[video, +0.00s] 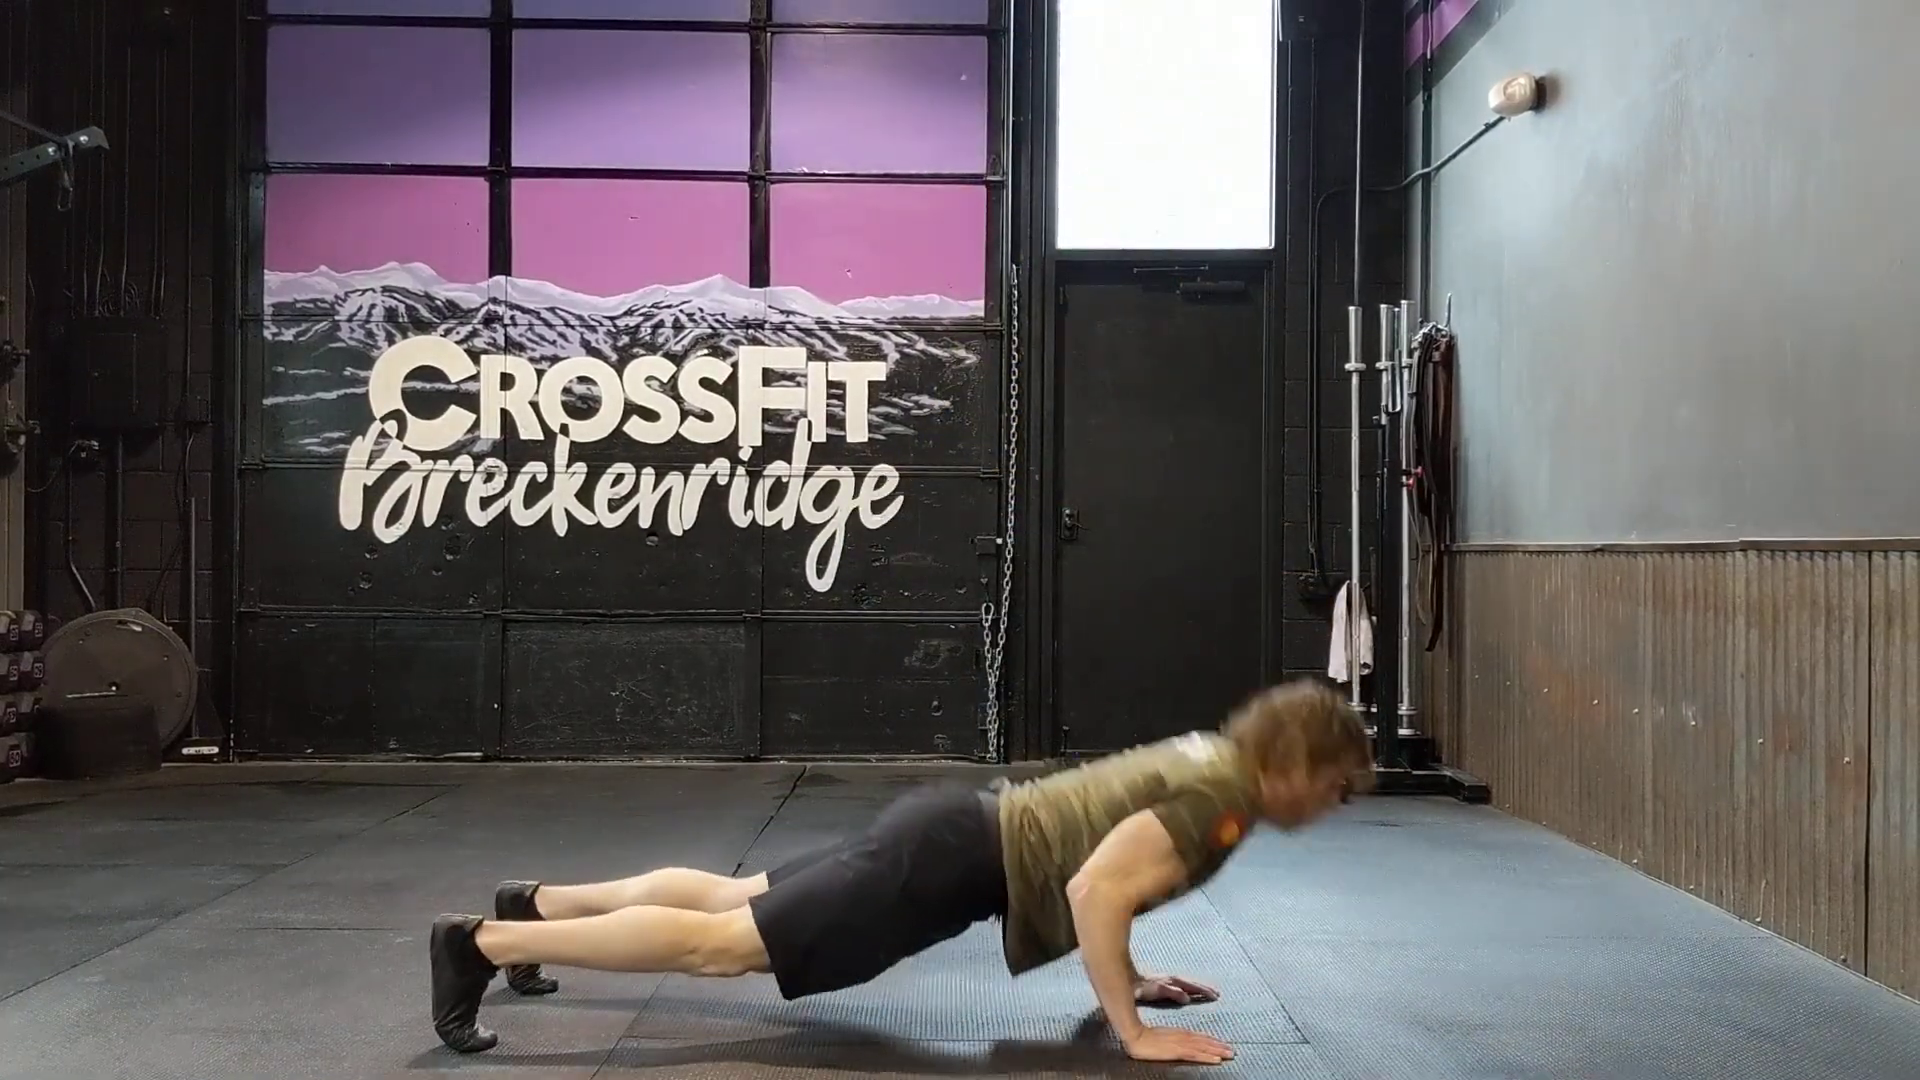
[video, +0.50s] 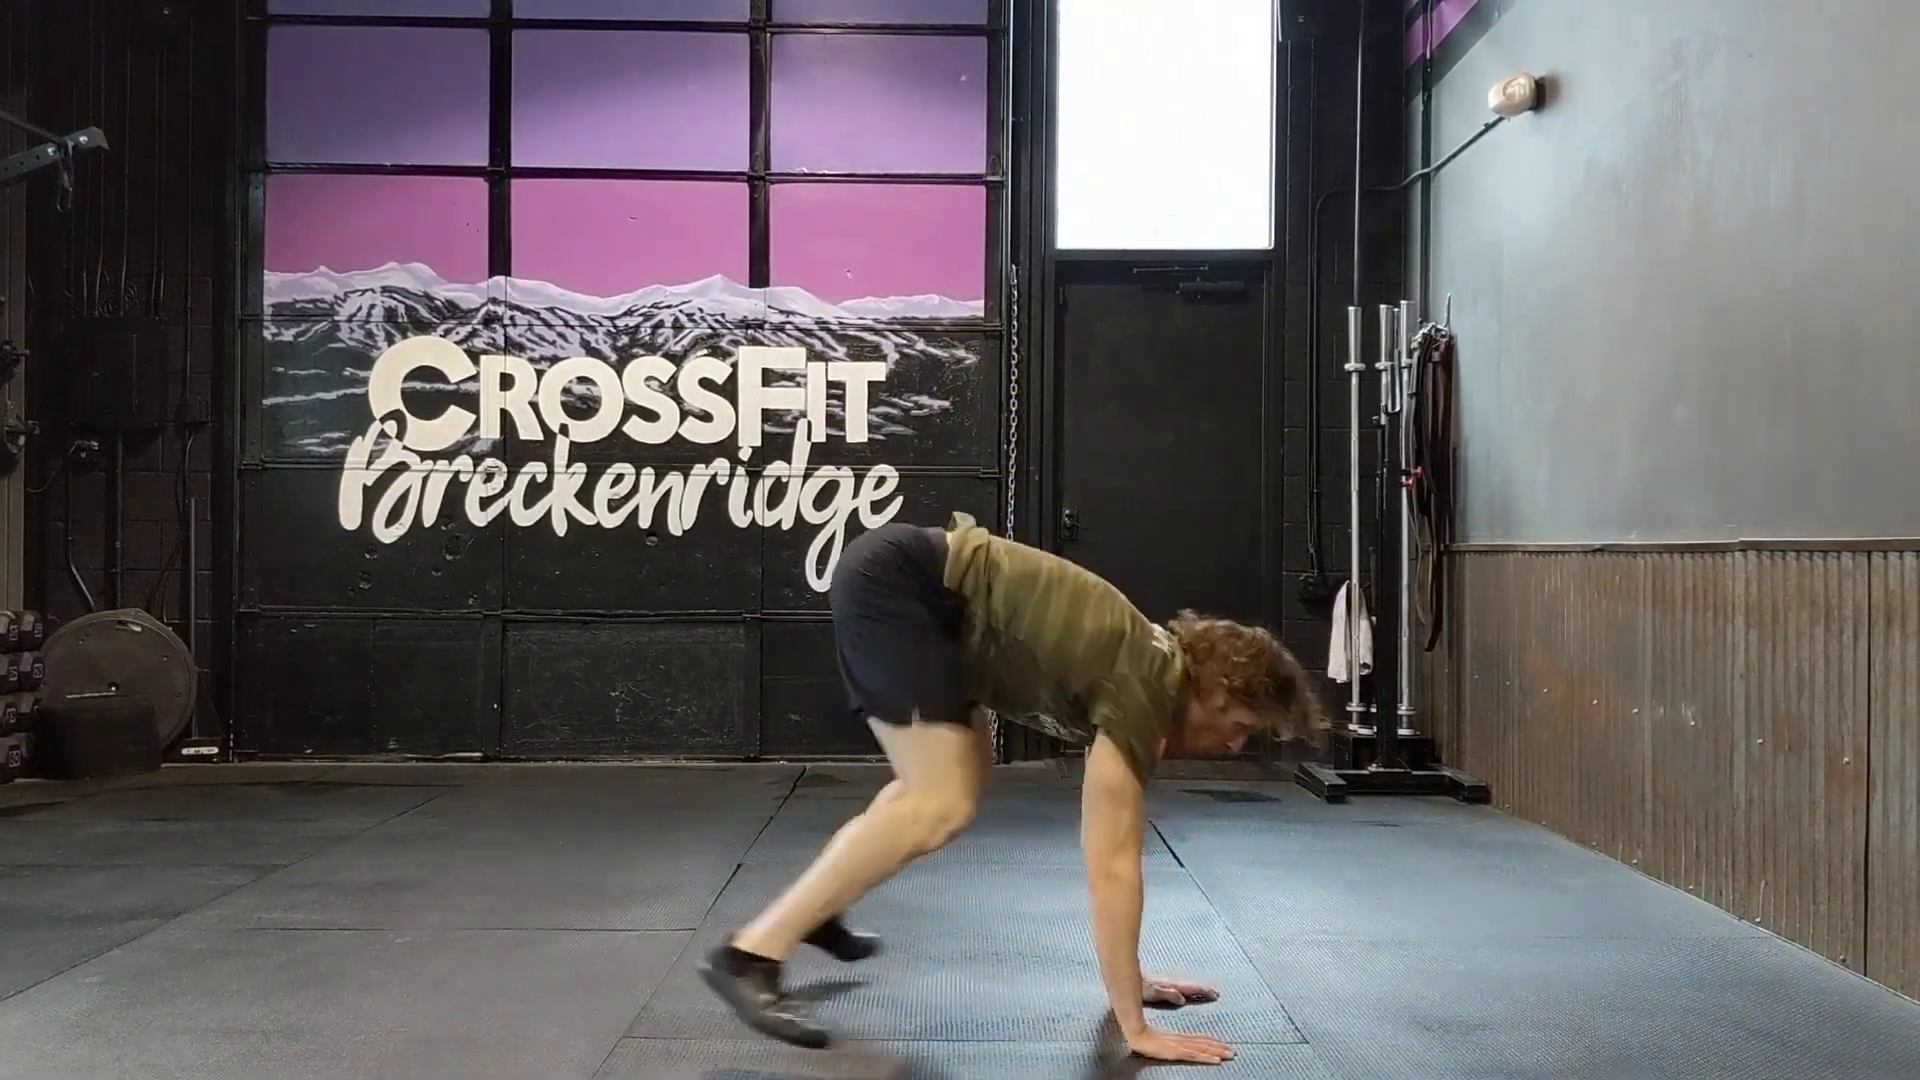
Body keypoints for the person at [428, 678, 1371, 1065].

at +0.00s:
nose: (1340, 798)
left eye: (1347, 783)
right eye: (1341, 781)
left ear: (1288, 743)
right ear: (1303, 765)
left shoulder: (1207, 768)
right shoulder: (1210, 799)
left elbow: (1101, 873)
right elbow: (1102, 889)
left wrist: (1133, 978)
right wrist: (1127, 1028)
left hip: (960, 824)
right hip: (961, 856)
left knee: (744, 896)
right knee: (723, 947)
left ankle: (545, 898)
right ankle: (485, 946)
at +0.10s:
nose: (1301, 745)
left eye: (1311, 732)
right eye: (1302, 725)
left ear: (1262, 686)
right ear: (1261, 692)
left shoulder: (1178, 706)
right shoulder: (1181, 730)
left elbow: (1113, 863)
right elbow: (1117, 880)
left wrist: (1129, 975)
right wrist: (1128, 1024)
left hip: (940, 808)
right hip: (944, 838)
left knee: (745, 894)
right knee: (719, 941)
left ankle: (545, 904)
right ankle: (484, 947)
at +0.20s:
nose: (1291, 733)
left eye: (1301, 719)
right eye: (1292, 713)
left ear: (1251, 672)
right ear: (1254, 678)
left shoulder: (1170, 696)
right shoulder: (1163, 707)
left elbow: (1124, 858)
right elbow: (1122, 872)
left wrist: (1129, 976)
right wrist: (1129, 1024)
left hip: (932, 792)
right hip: (931, 812)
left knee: (742, 905)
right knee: (728, 942)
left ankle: (534, 913)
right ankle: (488, 951)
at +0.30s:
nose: (1301, 762)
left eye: (1310, 748)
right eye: (1308, 742)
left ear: (1265, 693)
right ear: (1277, 704)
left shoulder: (1178, 697)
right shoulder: (1182, 710)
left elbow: (1123, 858)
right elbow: (1123, 868)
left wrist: (1133, 978)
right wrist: (1127, 1024)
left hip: (921, 724)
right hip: (923, 738)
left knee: (746, 856)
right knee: (746, 891)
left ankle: (551, 902)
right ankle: (501, 944)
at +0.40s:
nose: (1279, 769)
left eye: (1292, 758)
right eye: (1285, 751)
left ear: (1257, 706)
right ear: (1256, 717)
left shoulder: (1178, 689)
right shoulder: (1175, 699)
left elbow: (1124, 848)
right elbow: (1123, 863)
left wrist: (1131, 974)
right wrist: (1129, 1024)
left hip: (919, 625)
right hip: (925, 630)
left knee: (798, 823)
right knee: (812, 853)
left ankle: (636, 879)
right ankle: (578, 926)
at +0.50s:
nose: (1234, 750)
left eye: (1246, 740)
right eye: (1243, 732)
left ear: (1211, 683)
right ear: (1220, 694)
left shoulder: (1145, 676)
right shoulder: (1138, 685)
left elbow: (1114, 853)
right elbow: (1112, 863)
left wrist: (1126, 978)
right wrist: (1135, 1028)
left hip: (921, 588)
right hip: (897, 577)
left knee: (948, 791)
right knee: (939, 799)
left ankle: (814, 904)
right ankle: (752, 949)